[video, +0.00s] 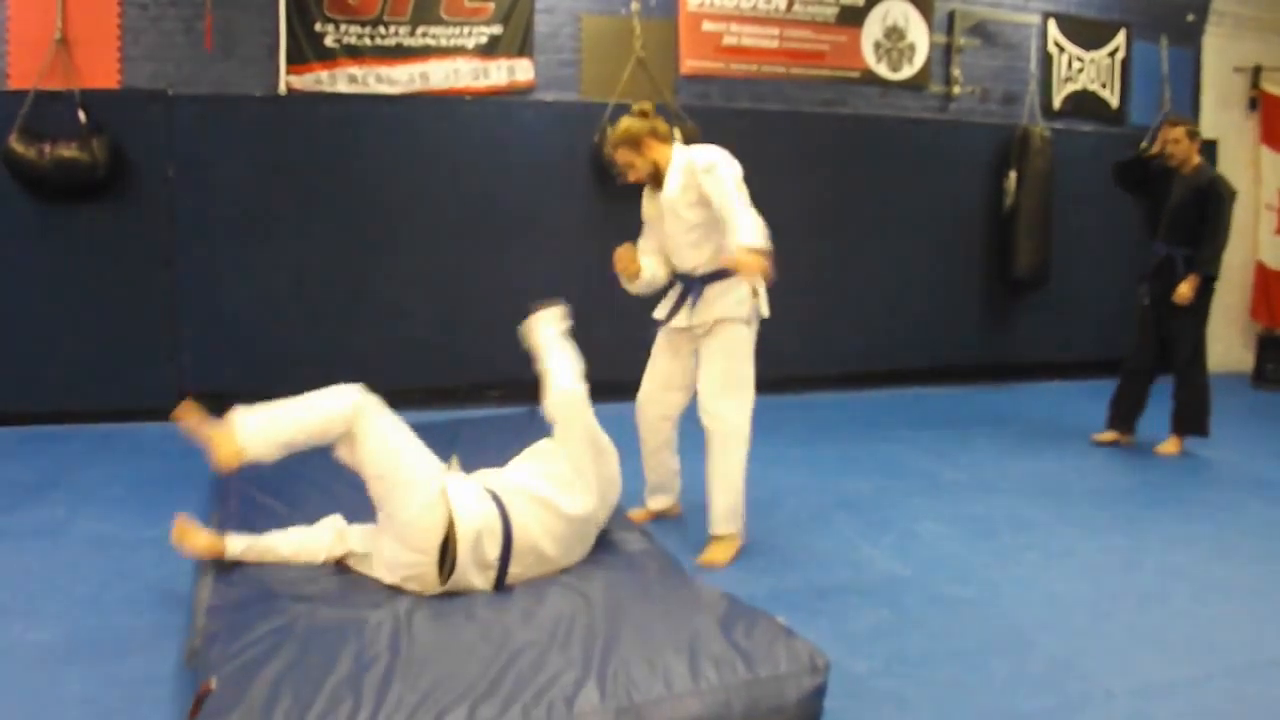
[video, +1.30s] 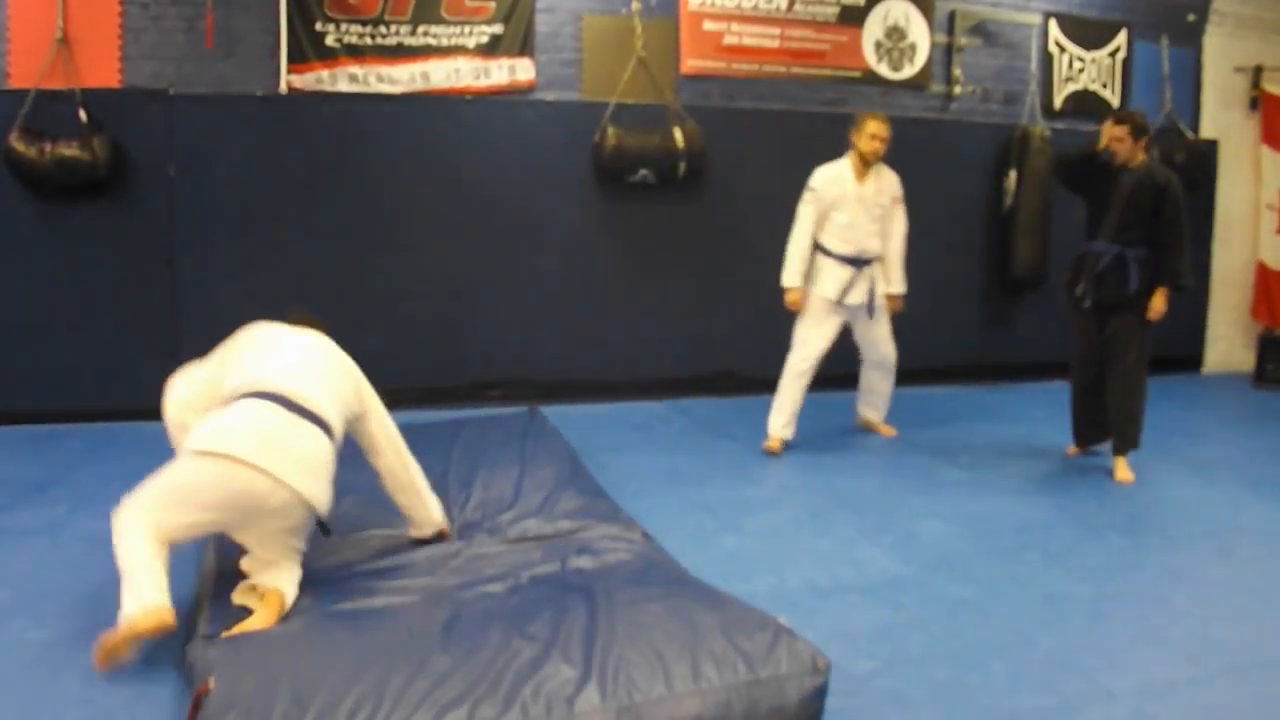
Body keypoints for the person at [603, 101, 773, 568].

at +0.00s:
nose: (628, 176)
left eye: (628, 164)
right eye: (621, 169)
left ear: (650, 143)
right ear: (633, 156)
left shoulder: (708, 162)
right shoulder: (653, 194)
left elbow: (738, 206)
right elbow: (657, 269)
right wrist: (634, 272)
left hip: (727, 293)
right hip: (681, 302)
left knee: (723, 410)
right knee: (654, 405)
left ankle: (726, 531)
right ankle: (662, 499)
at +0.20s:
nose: (661, 151)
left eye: (665, 140)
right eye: (656, 144)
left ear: (691, 129)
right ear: (659, 143)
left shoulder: (736, 164)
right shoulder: (671, 181)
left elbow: (777, 224)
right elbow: (651, 230)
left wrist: (806, 288)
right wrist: (650, 262)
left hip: (740, 290)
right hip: (690, 290)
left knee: (737, 402)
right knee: (667, 399)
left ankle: (746, 479)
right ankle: (665, 496)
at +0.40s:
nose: (714, 143)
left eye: (721, 133)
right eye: (709, 135)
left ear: (745, 129)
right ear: (707, 135)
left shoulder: (779, 172)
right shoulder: (706, 174)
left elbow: (793, 241)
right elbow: (683, 227)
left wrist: (785, 306)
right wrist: (684, 276)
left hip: (765, 283)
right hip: (716, 280)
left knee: (750, 388)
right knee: (689, 379)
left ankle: (747, 473)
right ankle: (667, 476)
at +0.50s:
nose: (739, 134)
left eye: (747, 126)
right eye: (734, 126)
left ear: (767, 123)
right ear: (728, 126)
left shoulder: (794, 167)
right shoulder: (719, 166)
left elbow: (803, 235)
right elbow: (706, 229)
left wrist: (791, 295)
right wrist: (704, 280)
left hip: (772, 275)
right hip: (723, 273)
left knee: (757, 379)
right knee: (700, 364)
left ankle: (747, 471)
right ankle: (705, 451)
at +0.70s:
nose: (779, 139)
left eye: (787, 132)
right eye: (773, 131)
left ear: (799, 135)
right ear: (762, 132)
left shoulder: (814, 175)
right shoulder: (742, 172)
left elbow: (826, 235)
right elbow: (725, 231)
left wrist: (818, 289)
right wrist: (728, 286)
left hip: (792, 277)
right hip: (746, 275)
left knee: (777, 375)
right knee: (741, 371)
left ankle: (754, 464)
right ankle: (768, 436)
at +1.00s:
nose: (824, 134)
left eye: (831, 128)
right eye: (819, 125)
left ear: (837, 131)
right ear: (803, 125)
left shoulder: (843, 169)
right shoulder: (775, 166)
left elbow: (852, 228)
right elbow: (761, 225)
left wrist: (849, 283)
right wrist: (761, 280)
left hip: (827, 268)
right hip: (784, 266)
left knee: (824, 356)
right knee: (781, 356)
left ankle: (815, 437)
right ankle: (777, 434)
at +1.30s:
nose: (878, 146)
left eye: (883, 140)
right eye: (872, 138)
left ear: (888, 145)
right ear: (854, 137)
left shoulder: (889, 181)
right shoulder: (825, 177)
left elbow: (896, 236)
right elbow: (802, 230)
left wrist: (895, 285)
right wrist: (793, 282)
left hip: (871, 277)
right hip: (828, 275)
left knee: (883, 354)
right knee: (803, 356)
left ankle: (871, 415)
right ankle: (778, 432)